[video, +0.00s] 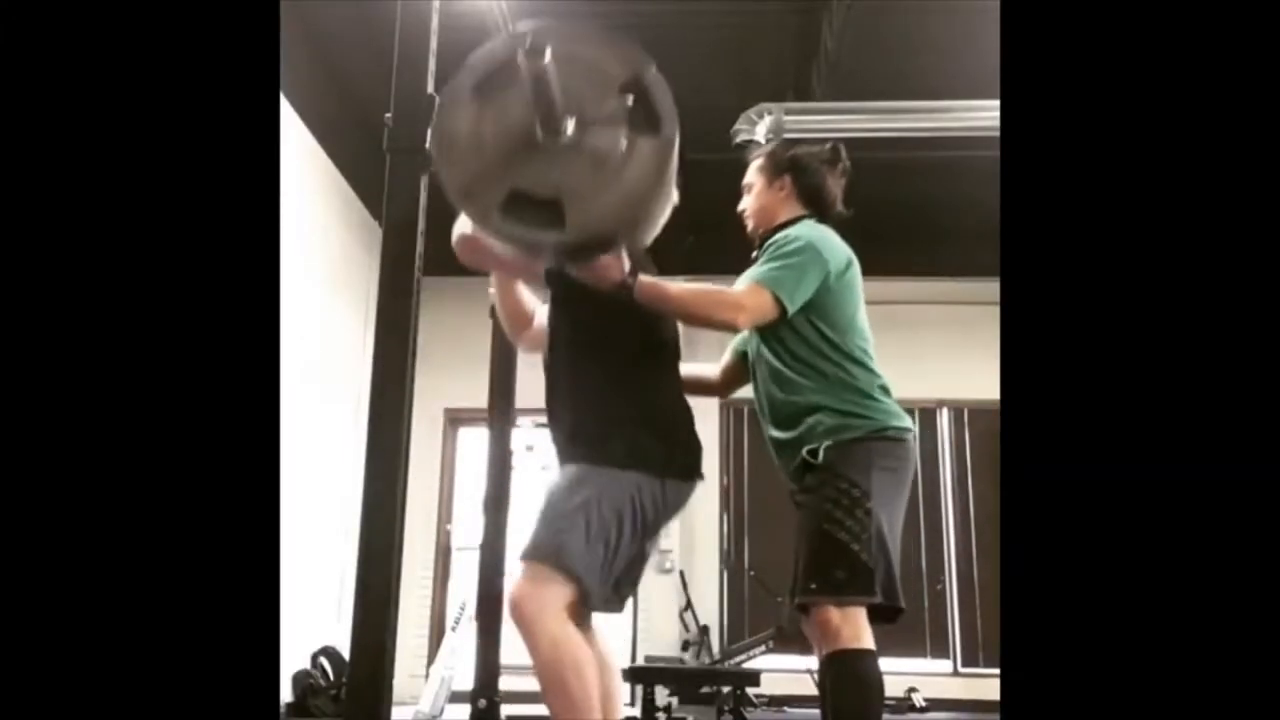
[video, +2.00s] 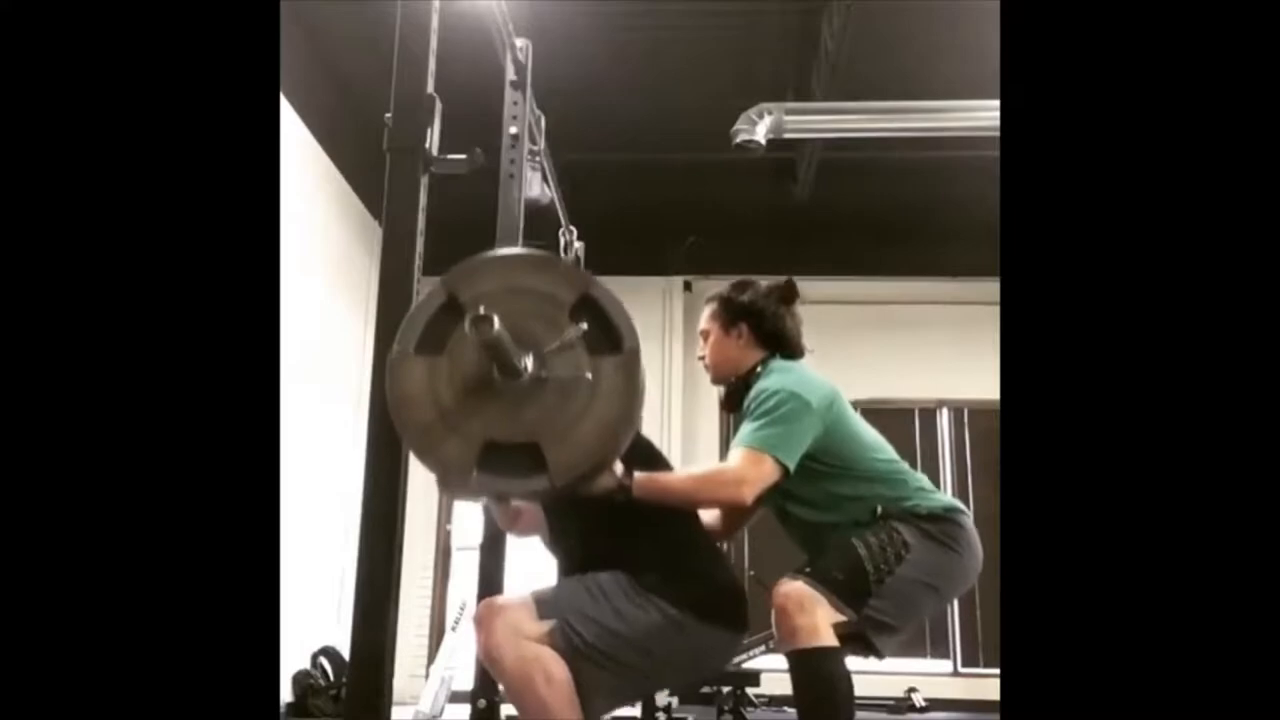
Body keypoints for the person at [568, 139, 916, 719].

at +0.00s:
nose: (741, 202)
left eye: (749, 187)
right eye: (743, 189)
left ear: (785, 187)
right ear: (789, 192)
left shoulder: (811, 241)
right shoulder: (775, 272)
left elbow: (743, 308)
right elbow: (723, 380)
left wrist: (630, 282)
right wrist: (637, 369)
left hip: (862, 442)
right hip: (827, 453)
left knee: (837, 612)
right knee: (822, 618)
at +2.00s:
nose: (700, 351)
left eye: (707, 337)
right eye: (700, 339)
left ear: (743, 334)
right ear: (742, 337)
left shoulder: (789, 388)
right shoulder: (766, 400)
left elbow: (739, 484)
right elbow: (725, 522)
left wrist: (627, 481)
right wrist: (647, 537)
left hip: (927, 532)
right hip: (893, 537)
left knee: (799, 603)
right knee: (799, 610)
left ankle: (831, 713)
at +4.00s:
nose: (697, 192)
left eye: (713, 182)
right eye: (701, 183)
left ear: (749, 197)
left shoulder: (736, 240)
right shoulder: (707, 294)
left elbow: (623, 222)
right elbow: (628, 318)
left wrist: (521, 182)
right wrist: (543, 290)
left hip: (813, 441)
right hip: (791, 452)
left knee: (816, 617)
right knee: (816, 620)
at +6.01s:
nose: (821, 180)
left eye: (831, 167)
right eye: (822, 169)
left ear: (869, 168)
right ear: (861, 173)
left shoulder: (905, 225)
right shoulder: (857, 243)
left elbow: (921, 322)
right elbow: (856, 366)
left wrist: (892, 426)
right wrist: (837, 467)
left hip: (914, 439)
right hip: (864, 448)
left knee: (927, 610)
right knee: (869, 615)